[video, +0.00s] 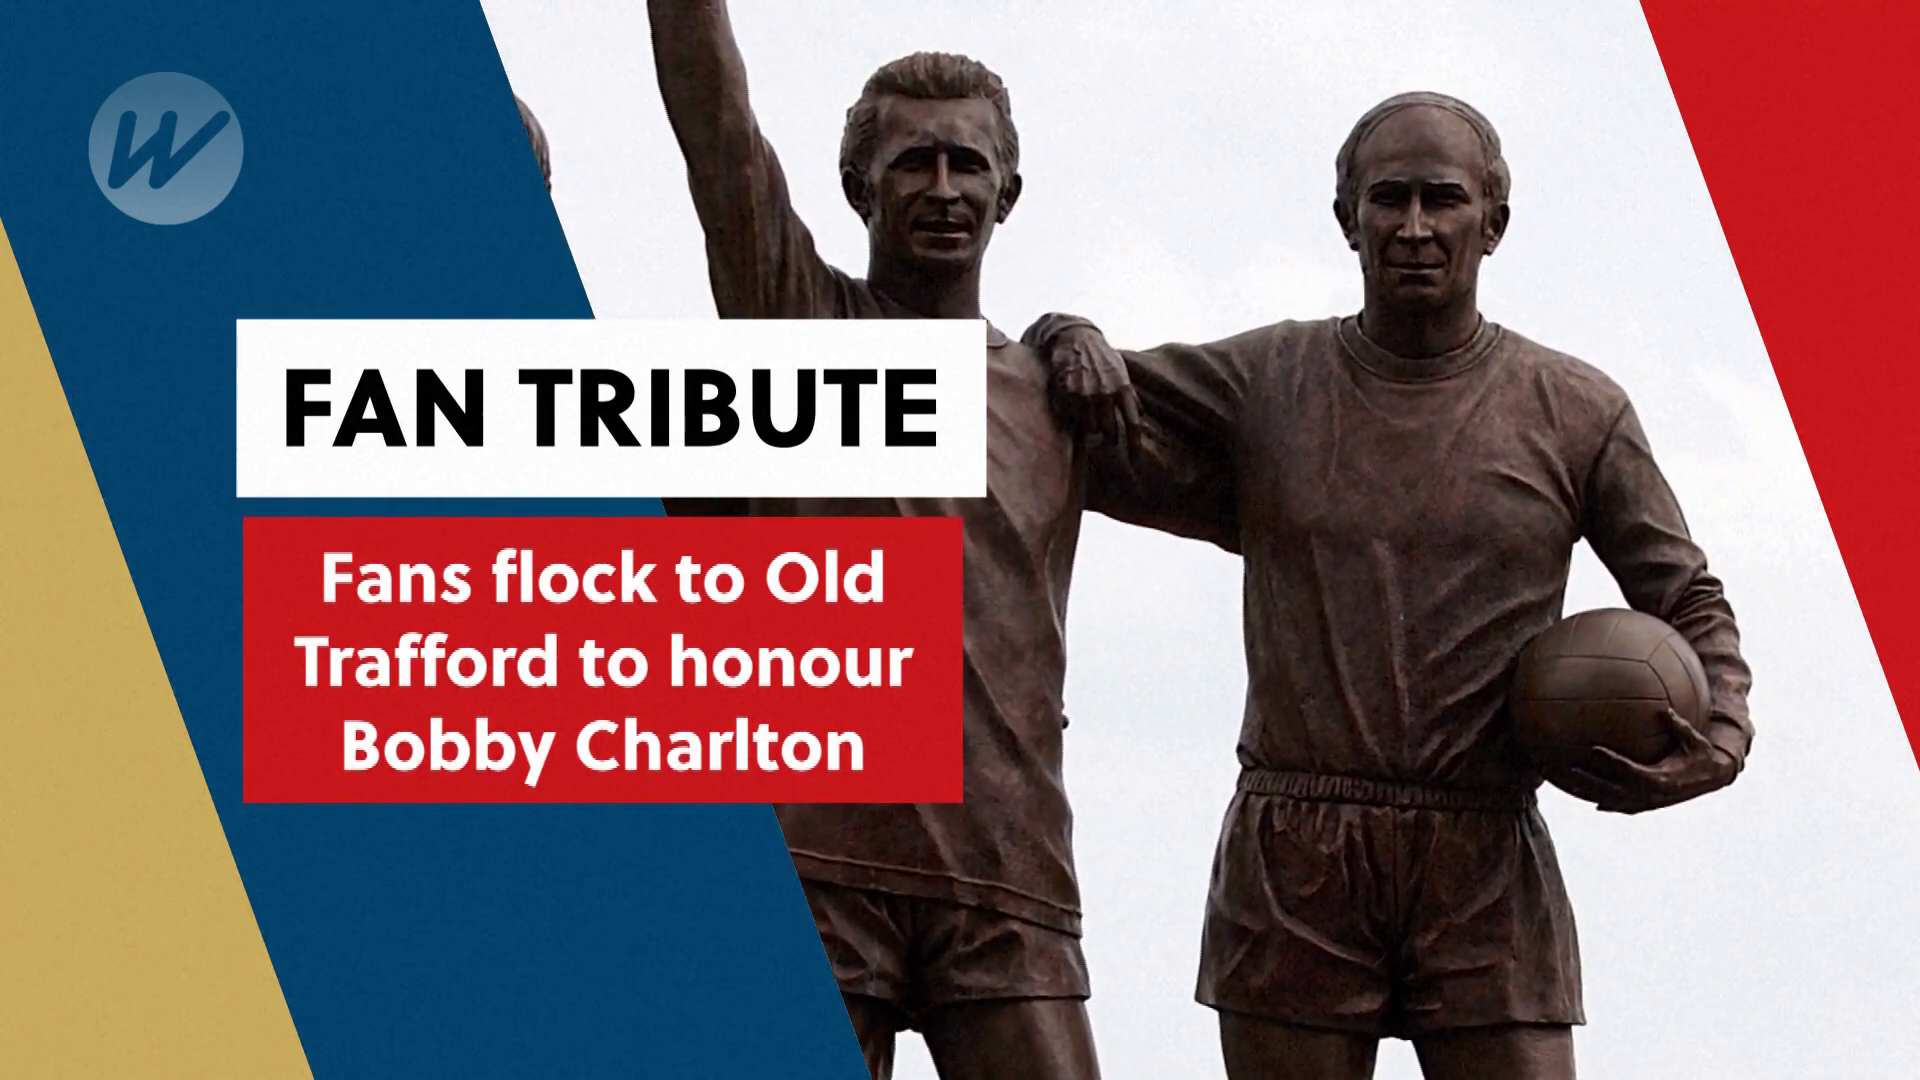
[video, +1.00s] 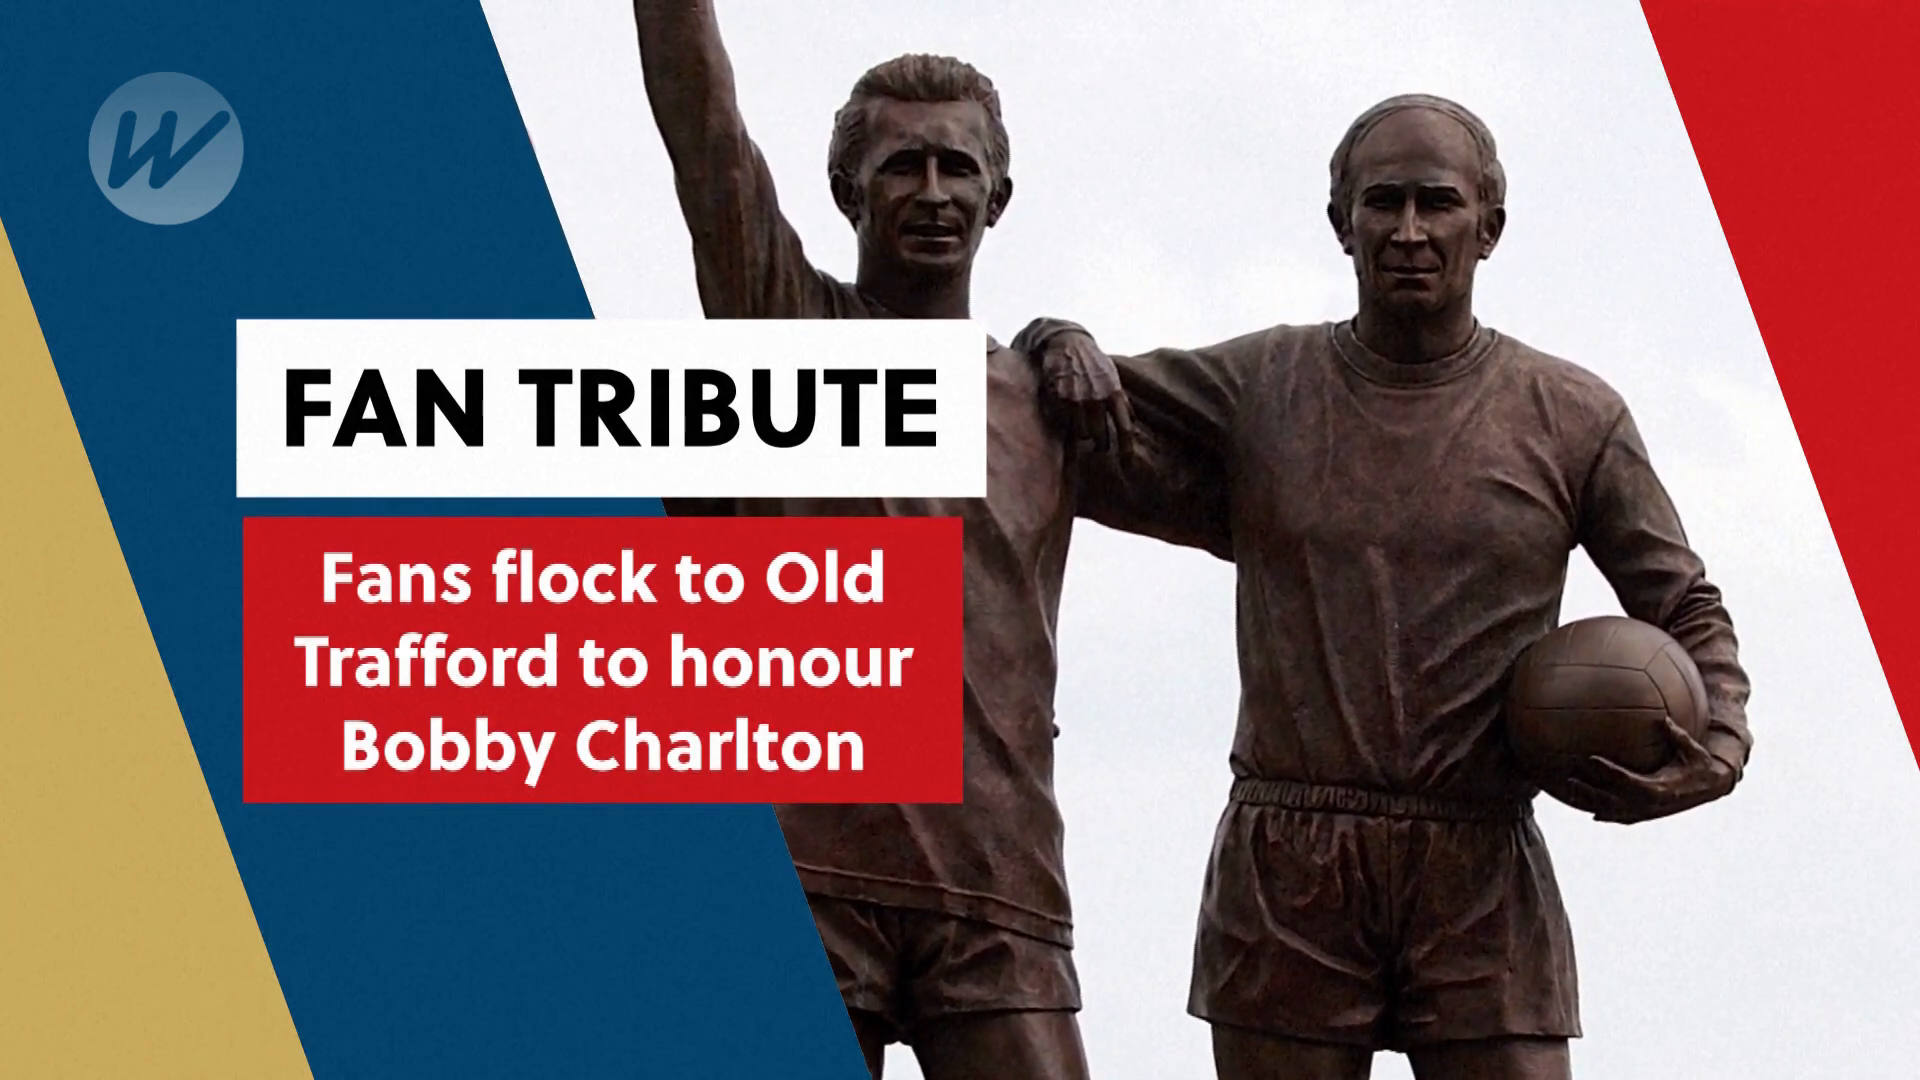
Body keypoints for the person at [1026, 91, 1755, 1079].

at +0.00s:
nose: (1414, 224)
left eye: (1443, 197)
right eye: (1387, 199)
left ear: (1495, 221)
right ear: (1347, 220)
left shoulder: (1577, 408)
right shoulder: (1265, 377)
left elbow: (1686, 599)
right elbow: (1084, 410)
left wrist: (1721, 730)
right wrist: (1066, 337)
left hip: (1485, 863)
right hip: (1291, 859)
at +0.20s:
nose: (1413, 225)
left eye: (1442, 197)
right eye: (1386, 199)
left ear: (1494, 222)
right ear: (1346, 221)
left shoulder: (1576, 409)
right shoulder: (1263, 378)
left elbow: (1685, 600)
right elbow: (1081, 409)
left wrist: (1720, 733)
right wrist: (1063, 338)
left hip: (1484, 865)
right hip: (1289, 862)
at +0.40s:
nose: (1411, 226)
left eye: (1440, 198)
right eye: (1384, 200)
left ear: (1494, 222)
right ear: (1345, 222)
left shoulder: (1575, 410)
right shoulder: (1262, 378)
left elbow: (1685, 603)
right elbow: (1081, 414)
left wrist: (1720, 735)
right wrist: (1061, 340)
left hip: (1483, 869)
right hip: (1288, 863)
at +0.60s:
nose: (1411, 227)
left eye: (1440, 199)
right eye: (1384, 200)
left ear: (1493, 223)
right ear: (1343, 222)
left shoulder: (1573, 411)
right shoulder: (1261, 379)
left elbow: (1683, 602)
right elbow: (1083, 415)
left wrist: (1721, 735)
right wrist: (1060, 342)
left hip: (1482, 872)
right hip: (1286, 866)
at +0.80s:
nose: (1409, 227)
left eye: (1438, 199)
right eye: (1382, 201)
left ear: (1492, 224)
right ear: (1342, 223)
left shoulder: (1572, 412)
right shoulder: (1260, 380)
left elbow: (1683, 604)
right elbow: (1086, 407)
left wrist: (1720, 738)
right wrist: (1058, 341)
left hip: (1482, 873)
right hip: (1285, 867)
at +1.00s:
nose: (1408, 228)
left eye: (1437, 200)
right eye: (1381, 202)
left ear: (1491, 225)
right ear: (1341, 223)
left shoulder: (1573, 414)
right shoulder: (1260, 381)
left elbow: (1684, 608)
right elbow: (1087, 412)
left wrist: (1721, 743)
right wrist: (1055, 342)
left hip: (1480, 878)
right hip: (1284, 870)